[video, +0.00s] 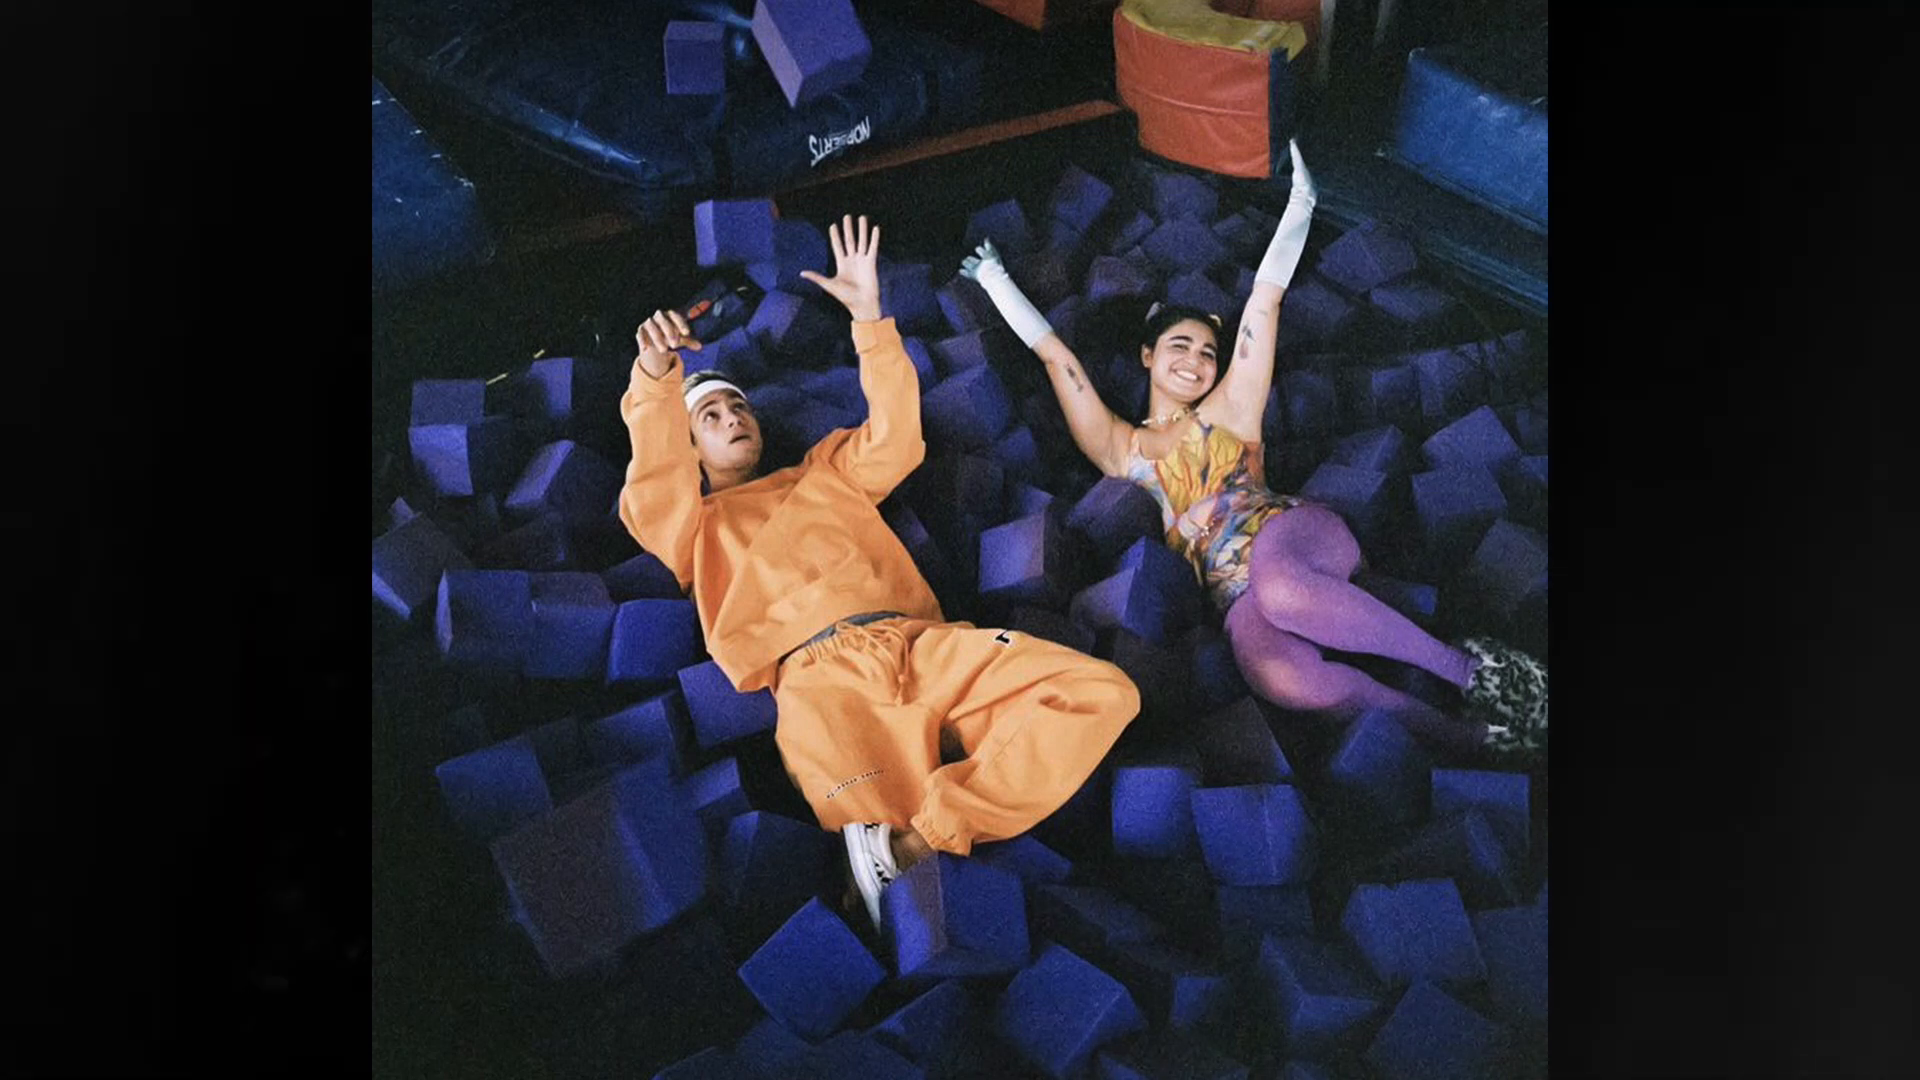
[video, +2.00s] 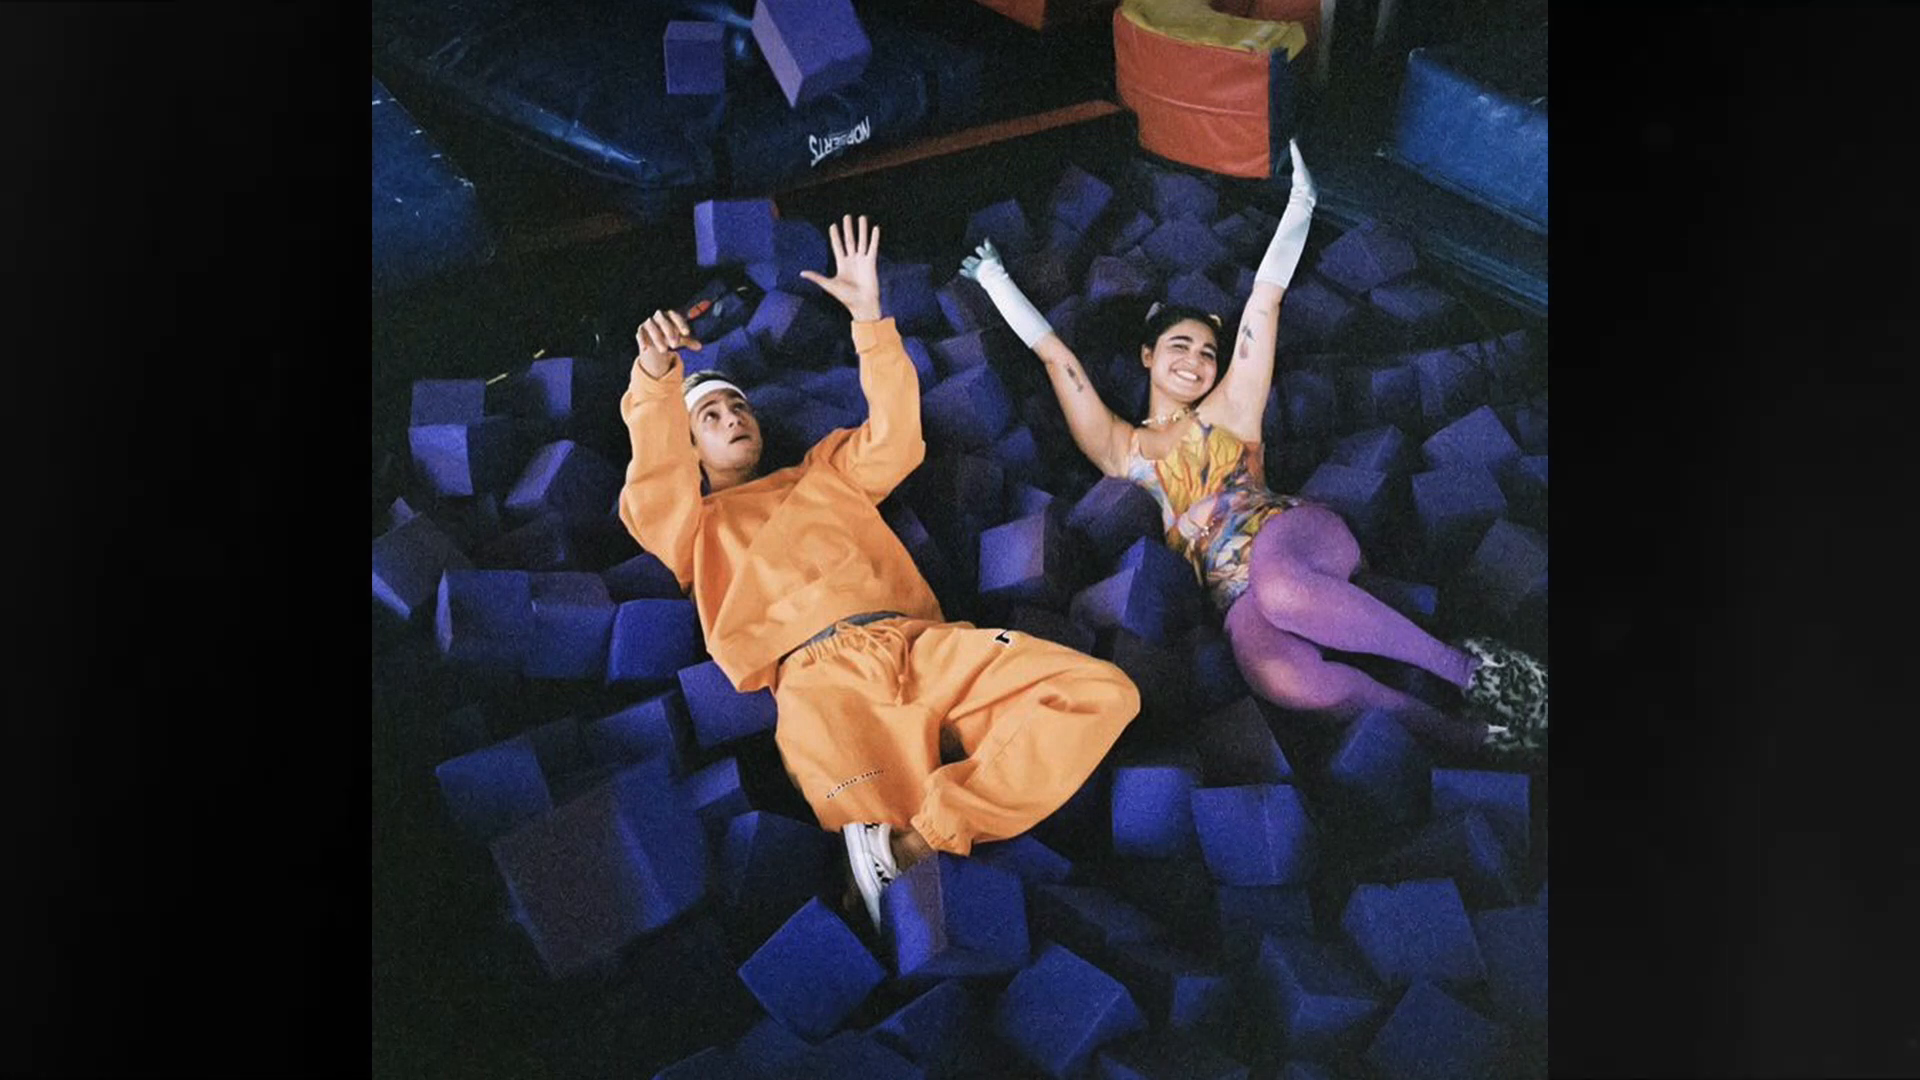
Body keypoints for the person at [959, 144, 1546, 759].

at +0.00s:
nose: (1190, 359)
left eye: (1204, 353)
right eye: (1176, 347)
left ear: (1216, 370)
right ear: (1145, 358)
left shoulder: (1230, 410)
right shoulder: (1123, 449)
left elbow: (1264, 304)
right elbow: (1058, 359)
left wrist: (1299, 208)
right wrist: (992, 277)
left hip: (1289, 532)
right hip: (1239, 597)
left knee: (1278, 592)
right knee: (1286, 680)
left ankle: (1472, 671)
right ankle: (1465, 734)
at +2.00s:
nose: (1190, 359)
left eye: (1204, 353)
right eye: (1176, 347)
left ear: (1216, 370)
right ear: (1145, 358)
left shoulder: (1230, 410)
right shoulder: (1123, 449)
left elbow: (1264, 304)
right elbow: (1057, 359)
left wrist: (1298, 209)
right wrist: (992, 277)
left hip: (1289, 531)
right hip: (1239, 597)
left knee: (1278, 592)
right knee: (1287, 680)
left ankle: (1472, 671)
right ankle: (1463, 733)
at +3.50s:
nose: (1191, 360)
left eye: (1205, 354)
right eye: (1177, 346)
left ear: (1216, 371)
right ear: (1145, 357)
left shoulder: (1230, 411)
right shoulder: (1122, 448)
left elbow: (1264, 306)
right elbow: (1057, 359)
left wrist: (1298, 209)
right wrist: (992, 278)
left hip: (1288, 531)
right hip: (1238, 596)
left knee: (1278, 592)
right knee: (1287, 680)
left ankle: (1471, 671)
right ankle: (1463, 736)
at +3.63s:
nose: (1192, 360)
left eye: (1206, 354)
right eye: (1177, 347)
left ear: (1217, 371)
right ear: (1145, 358)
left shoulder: (1230, 411)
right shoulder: (1123, 448)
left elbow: (1264, 306)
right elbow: (1058, 359)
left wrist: (1298, 209)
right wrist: (992, 278)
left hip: (1288, 531)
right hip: (1239, 597)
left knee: (1279, 593)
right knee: (1287, 680)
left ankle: (1471, 671)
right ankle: (1463, 735)